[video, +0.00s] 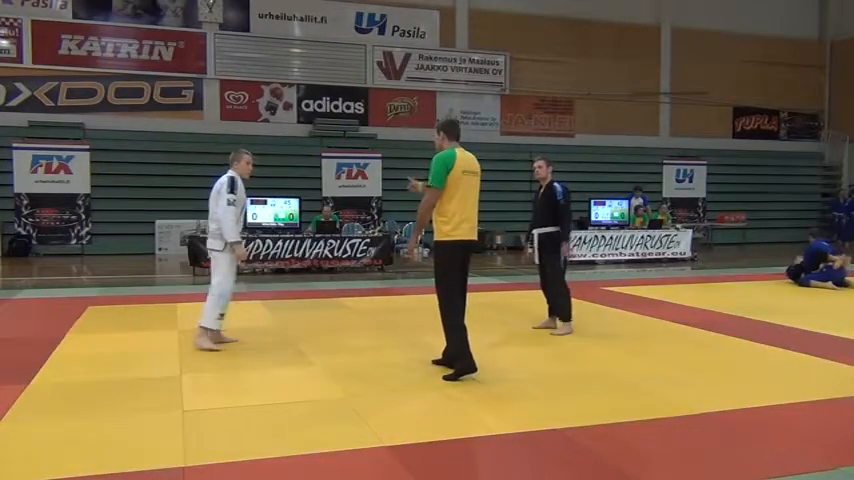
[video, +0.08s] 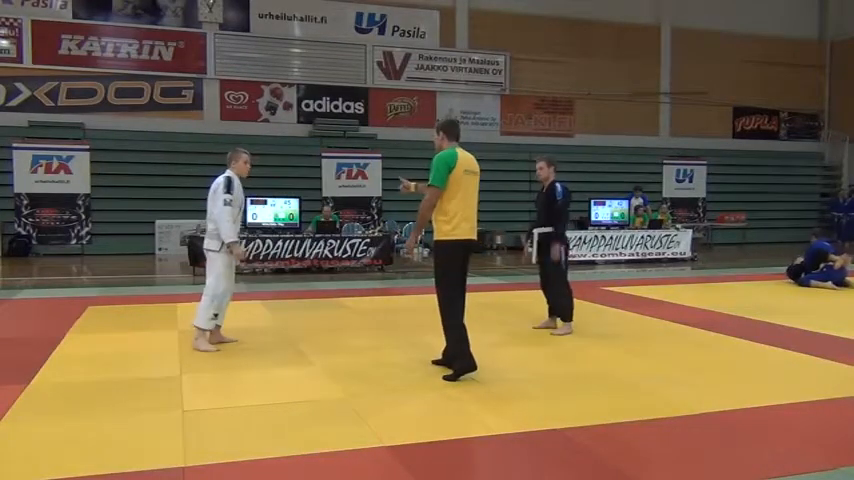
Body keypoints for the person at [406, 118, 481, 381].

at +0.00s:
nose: (435, 142)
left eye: (436, 138)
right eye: (436, 138)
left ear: (442, 137)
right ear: (457, 137)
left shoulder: (443, 159)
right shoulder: (472, 160)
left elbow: (429, 201)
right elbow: (454, 192)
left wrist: (414, 237)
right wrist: (424, 188)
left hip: (448, 239)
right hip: (466, 238)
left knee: (448, 300)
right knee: (456, 298)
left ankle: (464, 361)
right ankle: (452, 351)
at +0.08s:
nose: (434, 143)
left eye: (435, 138)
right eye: (435, 139)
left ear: (442, 137)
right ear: (456, 138)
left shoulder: (444, 157)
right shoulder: (471, 160)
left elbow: (431, 199)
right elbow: (450, 190)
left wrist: (415, 234)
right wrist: (416, 187)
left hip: (448, 239)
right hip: (465, 237)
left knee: (448, 300)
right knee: (454, 298)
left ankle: (464, 360)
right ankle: (451, 352)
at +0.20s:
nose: (433, 143)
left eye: (434, 139)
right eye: (434, 139)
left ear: (439, 137)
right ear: (455, 137)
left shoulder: (444, 158)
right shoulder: (469, 160)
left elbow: (432, 199)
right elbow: (446, 191)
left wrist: (415, 234)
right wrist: (412, 187)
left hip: (448, 238)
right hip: (464, 237)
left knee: (448, 300)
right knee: (452, 298)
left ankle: (464, 358)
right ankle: (451, 352)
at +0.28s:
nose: (432, 143)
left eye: (433, 139)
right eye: (433, 139)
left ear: (438, 138)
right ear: (454, 138)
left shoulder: (443, 158)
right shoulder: (468, 160)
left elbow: (432, 198)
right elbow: (446, 189)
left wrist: (417, 233)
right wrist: (413, 185)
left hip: (448, 238)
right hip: (463, 237)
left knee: (447, 299)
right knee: (452, 298)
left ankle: (464, 358)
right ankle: (451, 352)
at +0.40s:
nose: (432, 145)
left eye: (432, 140)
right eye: (433, 141)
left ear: (437, 139)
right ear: (452, 138)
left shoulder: (441, 157)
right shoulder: (467, 160)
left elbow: (431, 199)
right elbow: (449, 187)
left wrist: (420, 234)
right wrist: (419, 183)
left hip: (447, 237)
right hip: (462, 236)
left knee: (446, 298)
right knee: (452, 297)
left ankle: (462, 356)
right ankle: (451, 351)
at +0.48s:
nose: (432, 145)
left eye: (431, 140)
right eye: (433, 141)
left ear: (434, 140)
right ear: (452, 138)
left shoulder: (439, 158)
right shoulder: (466, 160)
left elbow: (429, 199)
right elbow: (451, 190)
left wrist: (422, 235)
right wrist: (422, 181)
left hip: (446, 236)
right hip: (463, 236)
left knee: (446, 299)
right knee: (453, 297)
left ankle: (462, 356)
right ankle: (451, 351)